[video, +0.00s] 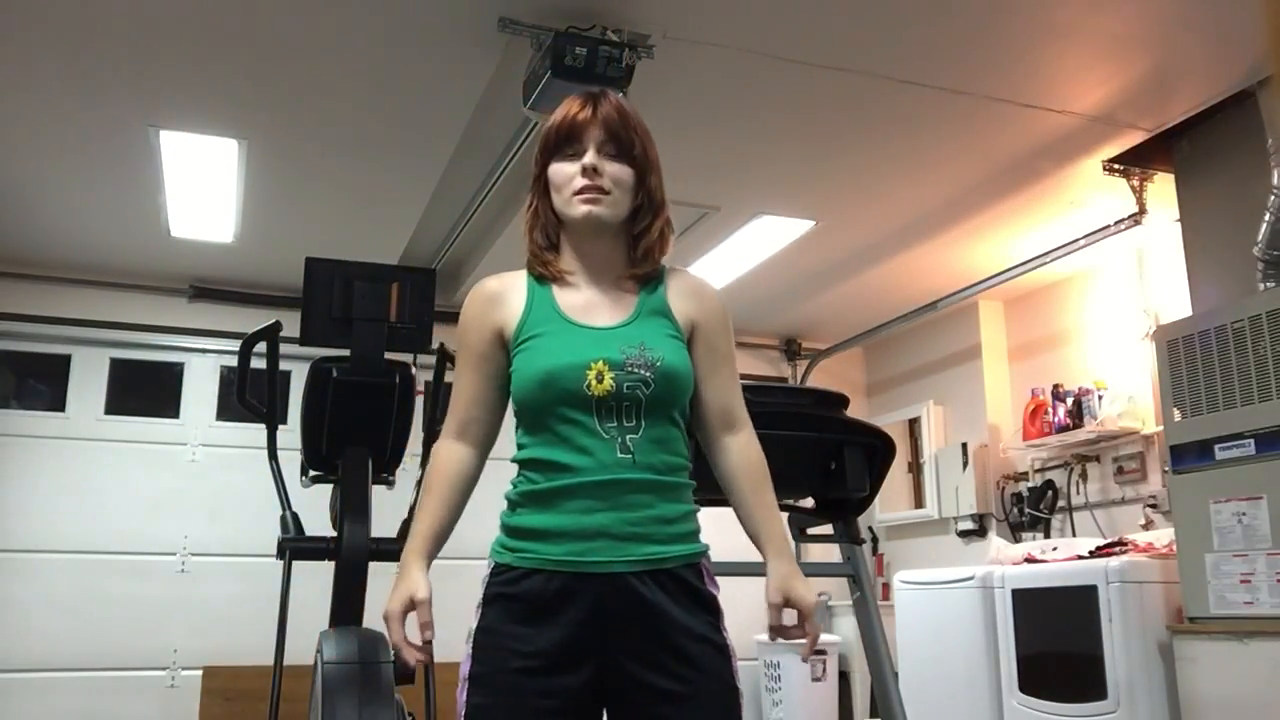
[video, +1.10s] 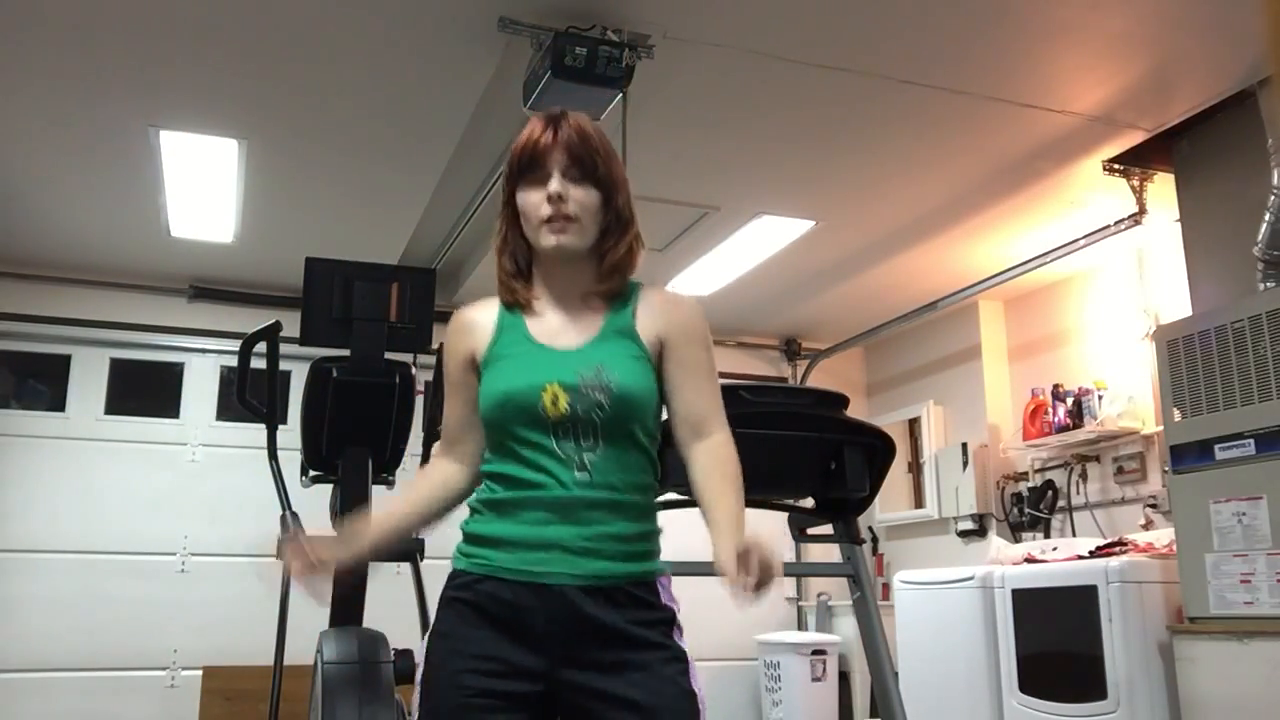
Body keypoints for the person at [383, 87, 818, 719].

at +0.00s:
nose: (591, 165)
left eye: (614, 153)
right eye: (570, 153)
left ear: (642, 182)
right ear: (544, 183)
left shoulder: (691, 300)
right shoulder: (499, 301)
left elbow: (731, 434)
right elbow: (462, 439)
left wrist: (781, 559)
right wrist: (415, 561)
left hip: (670, 599)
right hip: (534, 599)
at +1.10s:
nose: (556, 195)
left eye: (577, 178)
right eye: (536, 180)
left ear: (608, 199)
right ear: (515, 202)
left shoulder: (667, 317)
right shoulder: (476, 326)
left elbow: (705, 435)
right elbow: (454, 459)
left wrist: (730, 539)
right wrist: (349, 543)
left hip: (624, 622)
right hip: (488, 617)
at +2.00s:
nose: (697, 221)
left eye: (720, 204)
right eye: (676, 204)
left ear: (750, 221)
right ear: (654, 221)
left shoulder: (798, 334)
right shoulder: (615, 315)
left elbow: (849, 470)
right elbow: (600, 362)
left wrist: (928, 599)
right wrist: (629, 361)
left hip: (786, 614)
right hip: (655, 623)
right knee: (597, 711)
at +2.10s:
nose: (710, 229)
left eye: (732, 212)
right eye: (690, 212)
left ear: (762, 233)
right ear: (668, 229)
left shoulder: (796, 357)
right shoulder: (620, 313)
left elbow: (841, 484)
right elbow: (586, 368)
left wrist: (967, 561)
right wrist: (614, 372)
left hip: (777, 630)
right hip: (646, 641)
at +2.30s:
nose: (690, 171)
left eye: (712, 155)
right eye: (670, 152)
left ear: (738, 176)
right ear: (642, 168)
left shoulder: (762, 294)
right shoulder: (596, 251)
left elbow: (828, 383)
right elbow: (537, 366)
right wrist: (502, 260)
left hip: (728, 570)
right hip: (610, 563)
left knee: (770, 712)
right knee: (588, 714)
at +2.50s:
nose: (649, 212)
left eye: (669, 196)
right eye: (628, 194)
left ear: (689, 218)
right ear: (595, 211)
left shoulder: (696, 335)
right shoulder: (551, 298)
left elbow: (777, 406)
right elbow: (465, 391)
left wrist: (803, 284)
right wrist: (443, 250)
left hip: (649, 624)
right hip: (547, 611)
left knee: (718, 712)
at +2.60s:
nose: (633, 224)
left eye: (653, 208)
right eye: (611, 205)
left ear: (674, 230)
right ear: (578, 223)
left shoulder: (682, 350)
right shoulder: (533, 309)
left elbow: (756, 430)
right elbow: (453, 403)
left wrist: (781, 303)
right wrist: (430, 262)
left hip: (633, 634)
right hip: (524, 617)